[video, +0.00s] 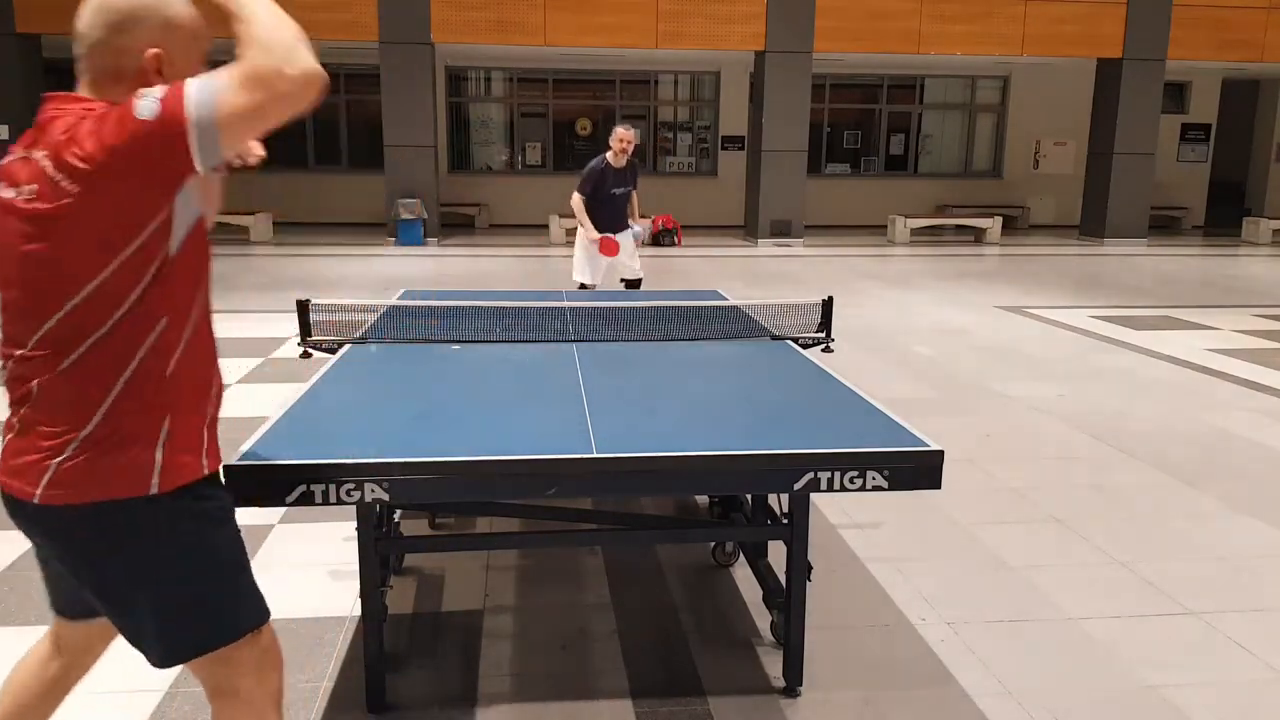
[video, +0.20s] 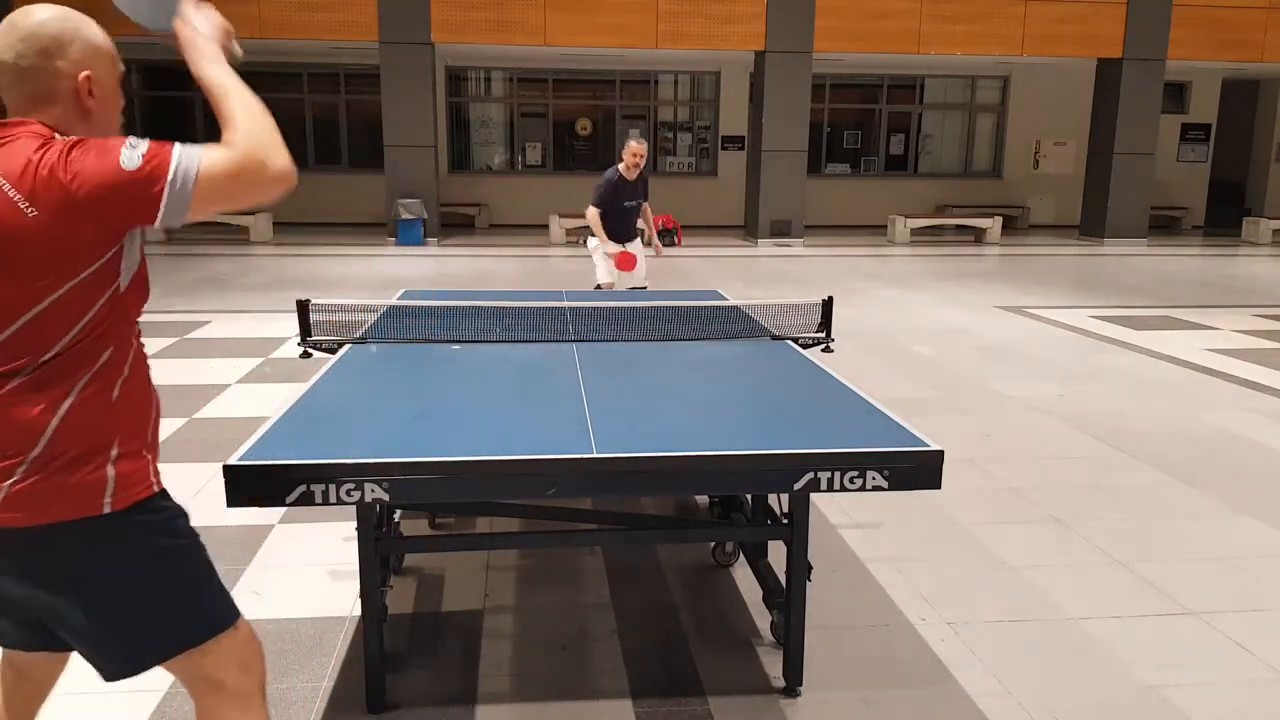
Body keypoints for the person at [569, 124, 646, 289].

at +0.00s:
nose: (624, 146)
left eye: (629, 143)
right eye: (621, 141)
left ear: (634, 145)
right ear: (611, 142)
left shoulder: (631, 166)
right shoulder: (596, 167)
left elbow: (632, 193)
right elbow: (576, 199)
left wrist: (636, 221)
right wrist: (590, 231)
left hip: (622, 233)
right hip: (594, 235)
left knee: (634, 279)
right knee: (588, 285)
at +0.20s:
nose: (638, 161)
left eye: (642, 157)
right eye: (634, 155)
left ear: (646, 158)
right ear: (624, 154)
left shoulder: (642, 179)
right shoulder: (610, 179)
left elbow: (644, 207)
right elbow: (592, 213)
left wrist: (654, 237)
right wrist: (606, 244)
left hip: (632, 241)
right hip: (605, 241)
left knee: (638, 288)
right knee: (607, 286)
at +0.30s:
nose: (643, 162)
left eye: (647, 158)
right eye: (639, 157)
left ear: (651, 159)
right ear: (629, 154)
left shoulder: (645, 177)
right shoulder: (615, 178)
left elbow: (645, 206)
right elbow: (604, 216)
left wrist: (655, 234)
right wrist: (629, 240)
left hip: (629, 237)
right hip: (605, 234)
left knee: (637, 282)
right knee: (614, 279)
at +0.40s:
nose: (648, 166)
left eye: (652, 162)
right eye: (645, 160)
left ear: (655, 162)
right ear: (633, 155)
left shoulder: (645, 176)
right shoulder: (617, 177)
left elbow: (644, 204)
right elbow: (618, 220)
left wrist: (656, 232)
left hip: (629, 233)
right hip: (605, 233)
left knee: (634, 282)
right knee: (618, 280)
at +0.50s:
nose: (650, 180)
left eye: (655, 176)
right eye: (648, 174)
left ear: (658, 174)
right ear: (636, 164)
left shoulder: (641, 183)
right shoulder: (619, 187)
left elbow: (642, 211)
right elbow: (626, 230)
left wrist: (656, 232)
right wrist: (648, 220)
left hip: (628, 238)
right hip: (606, 238)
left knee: (636, 284)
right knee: (626, 284)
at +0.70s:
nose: (647, 187)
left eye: (651, 184)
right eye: (645, 181)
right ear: (635, 171)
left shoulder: (635, 185)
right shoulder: (614, 193)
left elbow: (641, 202)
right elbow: (608, 228)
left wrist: (659, 214)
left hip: (631, 244)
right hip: (613, 247)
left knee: (641, 286)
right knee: (632, 288)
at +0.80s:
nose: (643, 175)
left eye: (647, 172)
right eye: (641, 170)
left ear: (652, 169)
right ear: (631, 161)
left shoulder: (636, 176)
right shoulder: (613, 181)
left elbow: (645, 186)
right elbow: (595, 208)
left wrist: (668, 197)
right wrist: (576, 235)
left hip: (634, 237)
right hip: (613, 239)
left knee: (642, 284)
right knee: (630, 286)